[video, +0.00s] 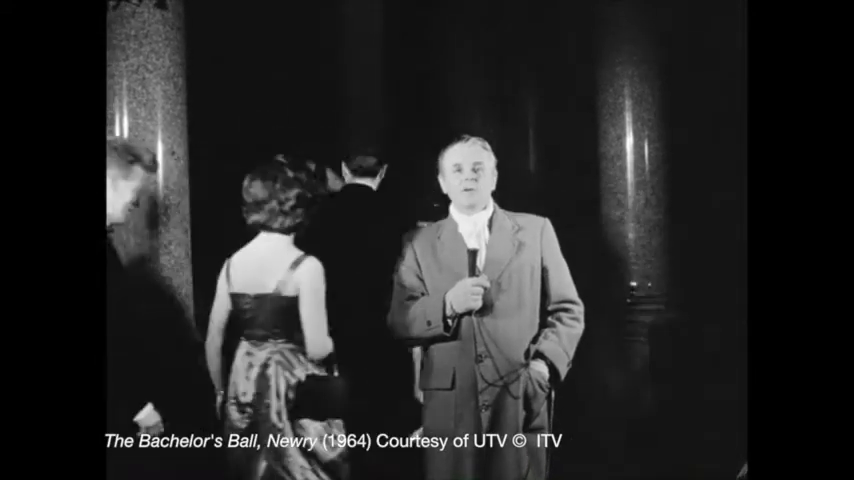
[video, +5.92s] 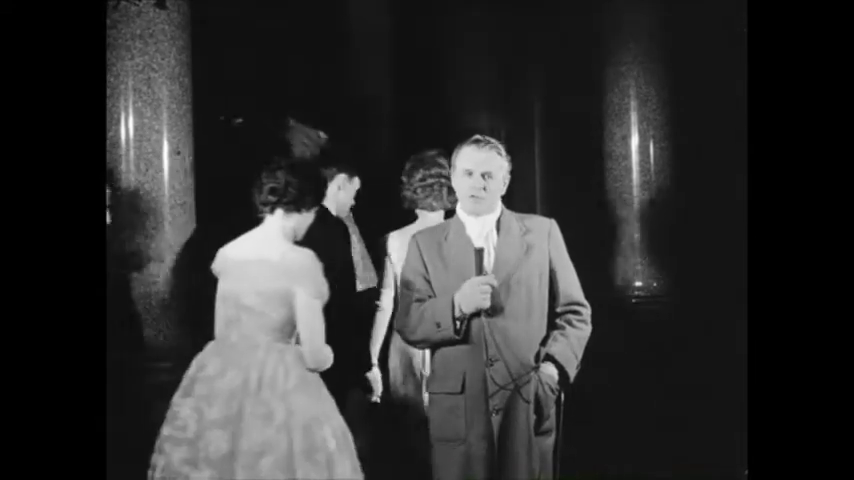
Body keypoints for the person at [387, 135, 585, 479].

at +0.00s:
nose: (468, 176)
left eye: (478, 167)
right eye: (457, 168)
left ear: (495, 178)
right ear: (442, 183)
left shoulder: (535, 231)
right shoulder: (420, 243)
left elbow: (566, 309)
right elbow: (399, 320)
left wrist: (544, 363)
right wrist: (446, 305)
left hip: (519, 398)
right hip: (449, 400)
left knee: (522, 474)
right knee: (449, 473)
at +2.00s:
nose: (472, 179)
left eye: (483, 171)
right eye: (464, 170)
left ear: (505, 180)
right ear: (453, 178)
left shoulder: (545, 232)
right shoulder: (428, 241)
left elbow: (577, 311)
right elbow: (409, 320)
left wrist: (554, 367)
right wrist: (457, 308)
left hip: (527, 399)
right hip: (457, 400)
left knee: (529, 475)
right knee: (459, 474)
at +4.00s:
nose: (464, 178)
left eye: (476, 169)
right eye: (455, 170)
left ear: (495, 181)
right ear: (443, 181)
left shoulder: (535, 232)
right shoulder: (417, 244)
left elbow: (567, 310)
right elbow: (400, 321)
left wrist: (547, 365)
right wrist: (449, 306)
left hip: (521, 396)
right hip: (450, 399)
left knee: (524, 475)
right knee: (454, 474)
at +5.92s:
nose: (478, 184)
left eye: (488, 175)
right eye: (468, 174)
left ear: (506, 182)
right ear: (452, 180)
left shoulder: (542, 233)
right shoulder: (424, 244)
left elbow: (574, 312)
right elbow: (408, 322)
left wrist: (554, 366)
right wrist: (455, 306)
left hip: (526, 399)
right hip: (456, 401)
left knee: (528, 475)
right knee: (457, 475)